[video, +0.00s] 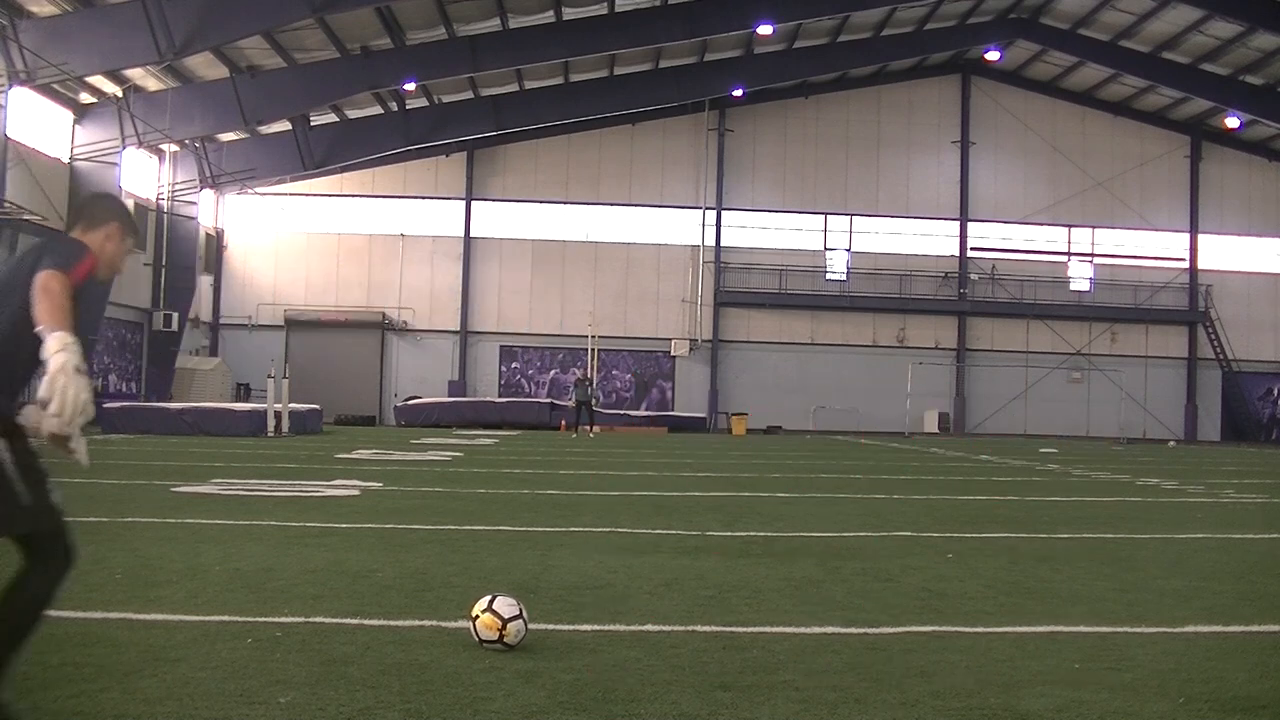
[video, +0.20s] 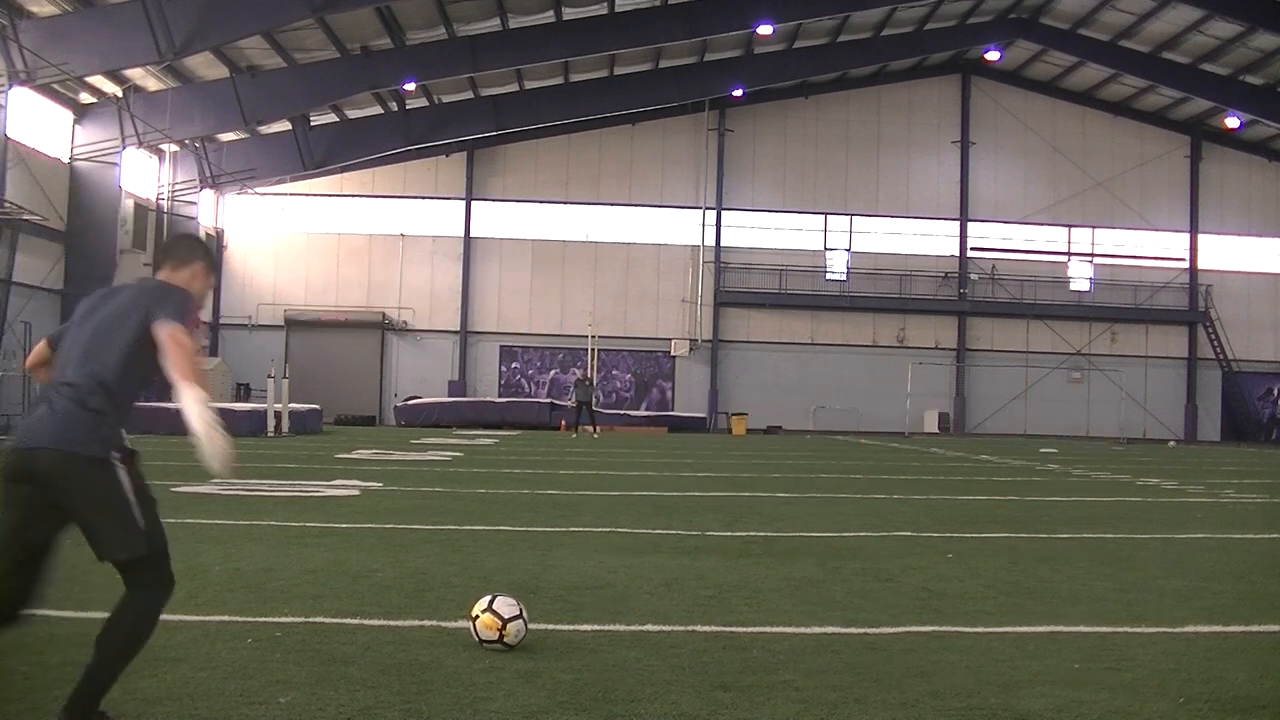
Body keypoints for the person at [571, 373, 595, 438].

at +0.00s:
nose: (582, 374)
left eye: (584, 372)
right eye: (581, 372)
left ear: (586, 373)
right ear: (579, 373)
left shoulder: (589, 381)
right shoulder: (577, 381)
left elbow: (592, 390)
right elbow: (572, 390)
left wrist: (592, 399)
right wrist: (570, 398)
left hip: (587, 400)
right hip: (578, 400)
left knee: (591, 416)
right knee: (577, 417)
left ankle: (590, 432)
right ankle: (575, 432)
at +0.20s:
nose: (583, 375)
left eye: (584, 373)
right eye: (581, 373)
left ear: (586, 373)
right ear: (579, 374)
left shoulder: (590, 381)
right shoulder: (577, 381)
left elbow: (594, 390)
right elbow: (572, 390)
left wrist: (597, 398)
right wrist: (569, 398)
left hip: (588, 401)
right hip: (579, 401)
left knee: (591, 416)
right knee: (577, 417)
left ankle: (594, 432)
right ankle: (575, 432)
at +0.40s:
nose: (583, 375)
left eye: (584, 373)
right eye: (582, 374)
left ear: (587, 374)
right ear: (580, 374)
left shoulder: (591, 381)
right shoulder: (578, 382)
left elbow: (596, 390)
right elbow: (574, 391)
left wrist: (597, 398)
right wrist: (571, 398)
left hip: (589, 401)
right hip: (580, 401)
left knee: (592, 416)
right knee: (578, 417)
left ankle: (595, 432)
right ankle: (575, 432)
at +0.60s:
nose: (584, 375)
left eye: (586, 373)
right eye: (583, 373)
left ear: (588, 374)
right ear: (581, 374)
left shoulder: (591, 381)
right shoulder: (579, 381)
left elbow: (596, 390)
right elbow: (576, 390)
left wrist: (597, 398)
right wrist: (574, 398)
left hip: (590, 401)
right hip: (581, 401)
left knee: (593, 417)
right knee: (578, 417)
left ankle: (595, 432)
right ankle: (576, 432)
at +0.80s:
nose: (585, 375)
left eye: (586, 373)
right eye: (584, 373)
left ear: (588, 374)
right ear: (582, 374)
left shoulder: (592, 381)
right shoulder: (580, 381)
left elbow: (596, 390)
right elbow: (577, 390)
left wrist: (597, 398)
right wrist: (575, 398)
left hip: (590, 401)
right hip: (582, 401)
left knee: (593, 416)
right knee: (579, 416)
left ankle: (595, 432)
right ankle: (576, 432)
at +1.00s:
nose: (585, 375)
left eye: (586, 373)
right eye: (584, 373)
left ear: (588, 374)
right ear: (582, 374)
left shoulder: (592, 381)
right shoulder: (580, 381)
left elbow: (596, 390)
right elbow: (576, 390)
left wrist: (597, 398)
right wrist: (575, 398)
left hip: (590, 401)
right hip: (582, 401)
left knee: (593, 417)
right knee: (578, 416)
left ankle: (595, 432)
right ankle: (576, 432)